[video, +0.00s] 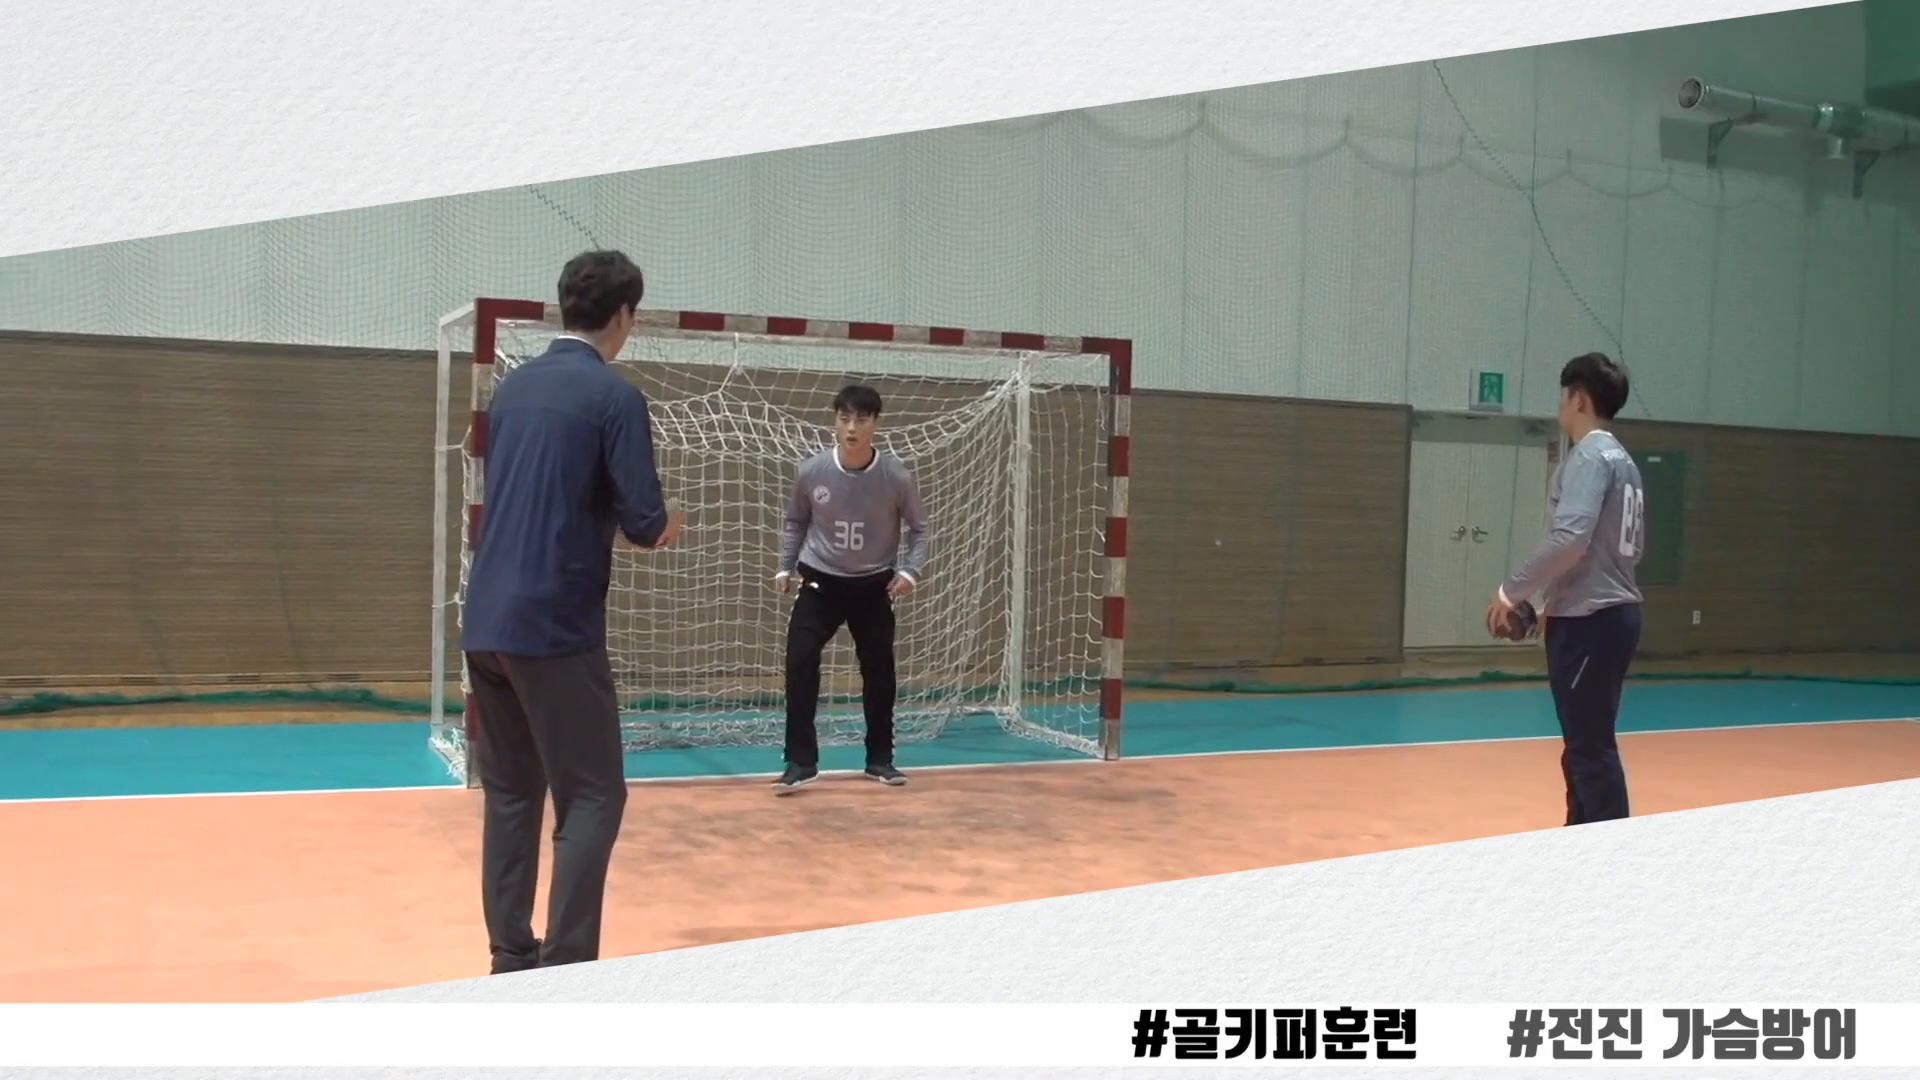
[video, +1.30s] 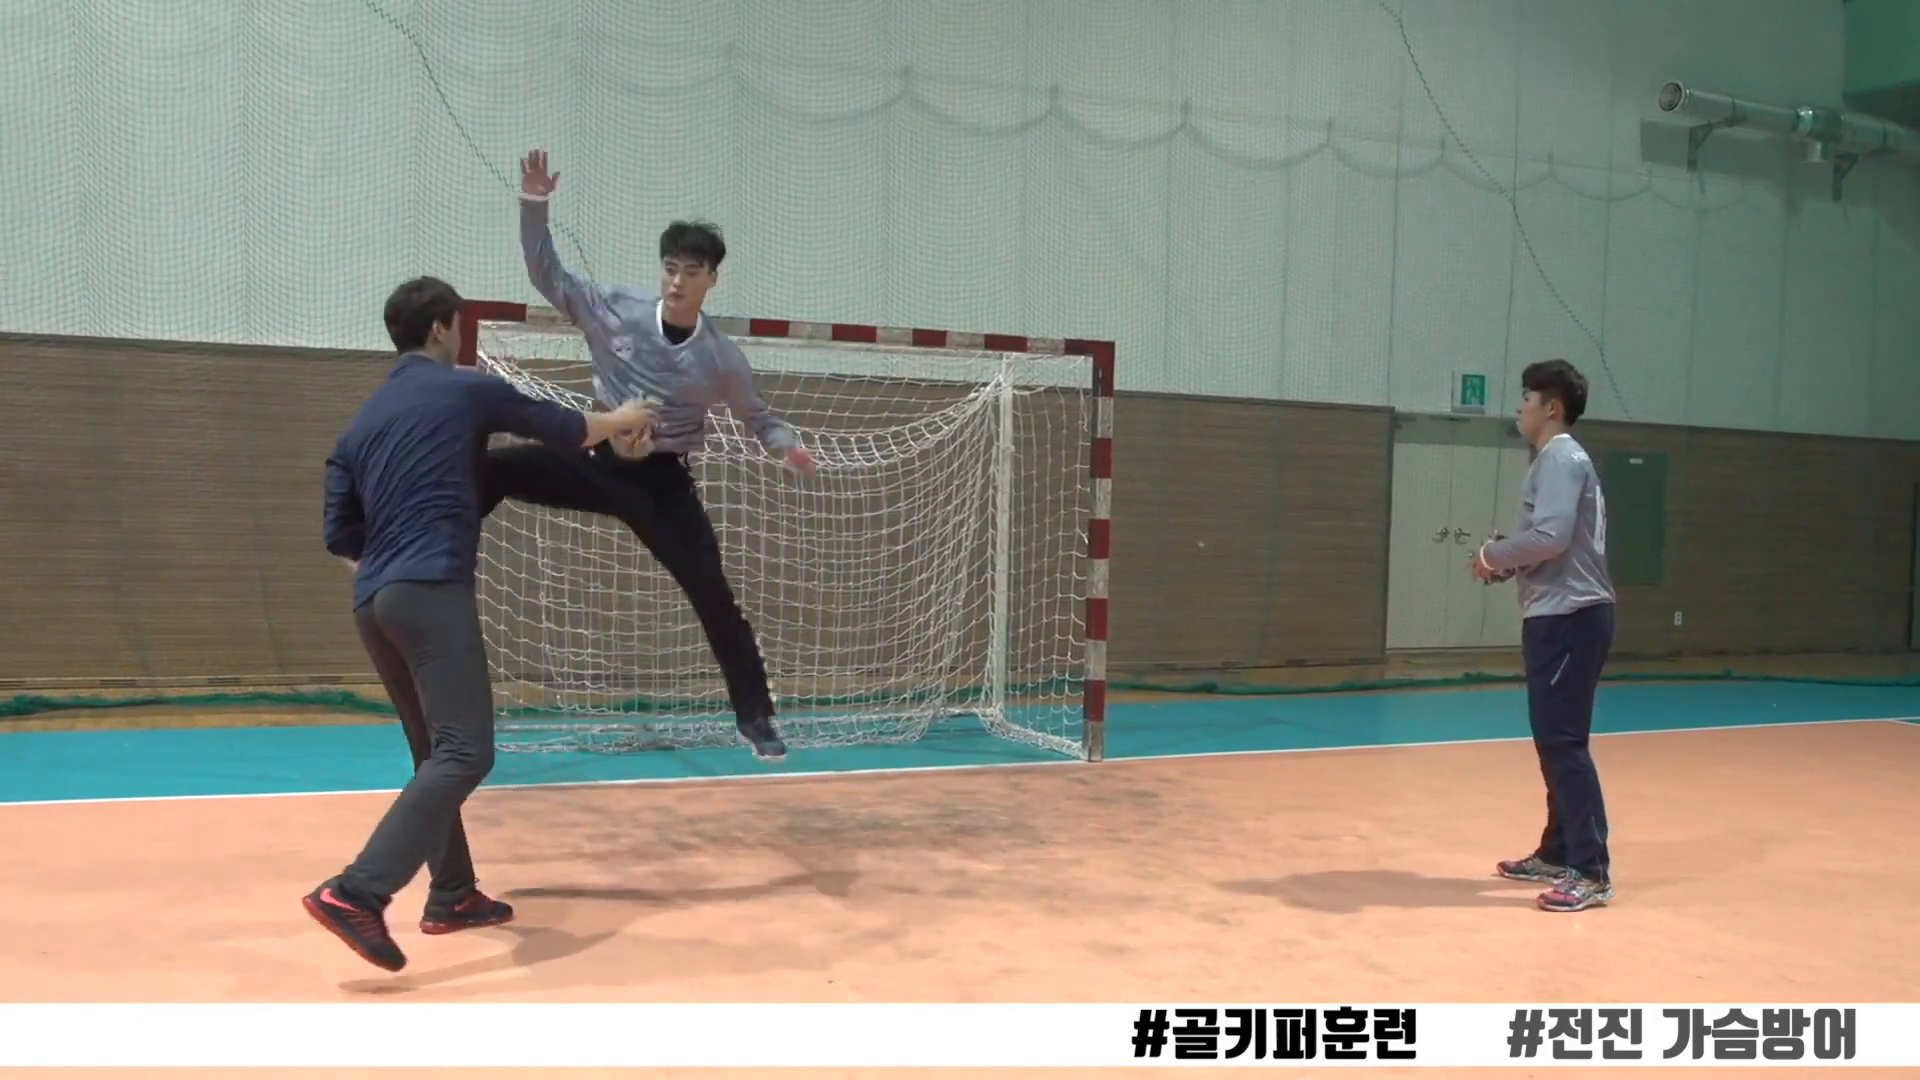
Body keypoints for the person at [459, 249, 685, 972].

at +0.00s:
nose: (636, 324)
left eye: (635, 313)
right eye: (637, 313)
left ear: (564, 309)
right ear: (625, 315)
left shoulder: (514, 383)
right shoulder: (615, 396)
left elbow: (523, 492)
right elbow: (642, 523)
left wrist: (629, 516)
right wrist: (663, 528)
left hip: (485, 623)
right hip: (553, 626)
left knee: (510, 791)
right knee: (594, 791)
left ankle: (511, 953)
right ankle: (568, 961)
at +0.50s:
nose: (640, 354)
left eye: (639, 341)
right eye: (639, 340)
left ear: (582, 338)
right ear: (622, 342)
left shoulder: (586, 411)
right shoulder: (567, 407)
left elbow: (609, 512)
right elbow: (555, 488)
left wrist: (697, 538)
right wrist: (648, 553)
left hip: (519, 634)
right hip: (515, 639)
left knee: (559, 779)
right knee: (588, 803)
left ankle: (493, 915)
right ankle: (549, 985)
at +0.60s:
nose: (630, 365)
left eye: (630, 353)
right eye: (627, 353)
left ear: (570, 355)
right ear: (606, 356)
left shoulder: (574, 427)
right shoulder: (551, 411)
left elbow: (596, 517)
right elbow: (543, 461)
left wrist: (682, 513)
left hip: (503, 640)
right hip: (514, 646)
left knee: (538, 775)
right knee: (591, 805)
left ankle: (475, 897)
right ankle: (548, 984)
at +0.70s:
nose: (587, 380)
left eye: (587, 363)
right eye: (581, 364)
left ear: (534, 367)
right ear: (556, 367)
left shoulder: (532, 430)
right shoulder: (534, 432)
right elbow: (559, 417)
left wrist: (584, 511)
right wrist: (567, 310)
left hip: (497, 647)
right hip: (517, 652)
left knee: (528, 768)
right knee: (578, 806)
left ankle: (459, 890)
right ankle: (548, 981)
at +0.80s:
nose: (566, 365)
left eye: (563, 351)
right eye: (559, 352)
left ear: (502, 367)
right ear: (541, 360)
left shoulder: (488, 434)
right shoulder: (528, 416)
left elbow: (444, 540)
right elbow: (587, 406)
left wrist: (499, 579)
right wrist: (572, 305)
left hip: (473, 637)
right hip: (517, 637)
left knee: (514, 764)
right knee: (535, 799)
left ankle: (456, 894)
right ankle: (533, 971)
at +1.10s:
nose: (508, 357)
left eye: (503, 347)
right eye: (503, 348)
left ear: (441, 361)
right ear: (489, 353)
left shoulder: (404, 430)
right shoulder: (520, 401)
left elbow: (362, 525)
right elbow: (613, 413)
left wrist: (404, 590)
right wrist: (662, 388)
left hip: (409, 601)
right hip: (474, 588)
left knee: (448, 747)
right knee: (498, 745)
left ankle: (453, 887)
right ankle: (446, 896)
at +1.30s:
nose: (464, 338)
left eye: (459, 327)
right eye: (460, 327)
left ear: (398, 337)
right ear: (443, 330)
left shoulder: (359, 424)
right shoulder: (466, 388)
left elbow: (341, 533)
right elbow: (565, 427)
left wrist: (415, 532)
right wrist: (615, 420)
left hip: (374, 596)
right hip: (432, 587)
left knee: (433, 751)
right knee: (466, 752)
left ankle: (453, 896)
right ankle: (354, 894)